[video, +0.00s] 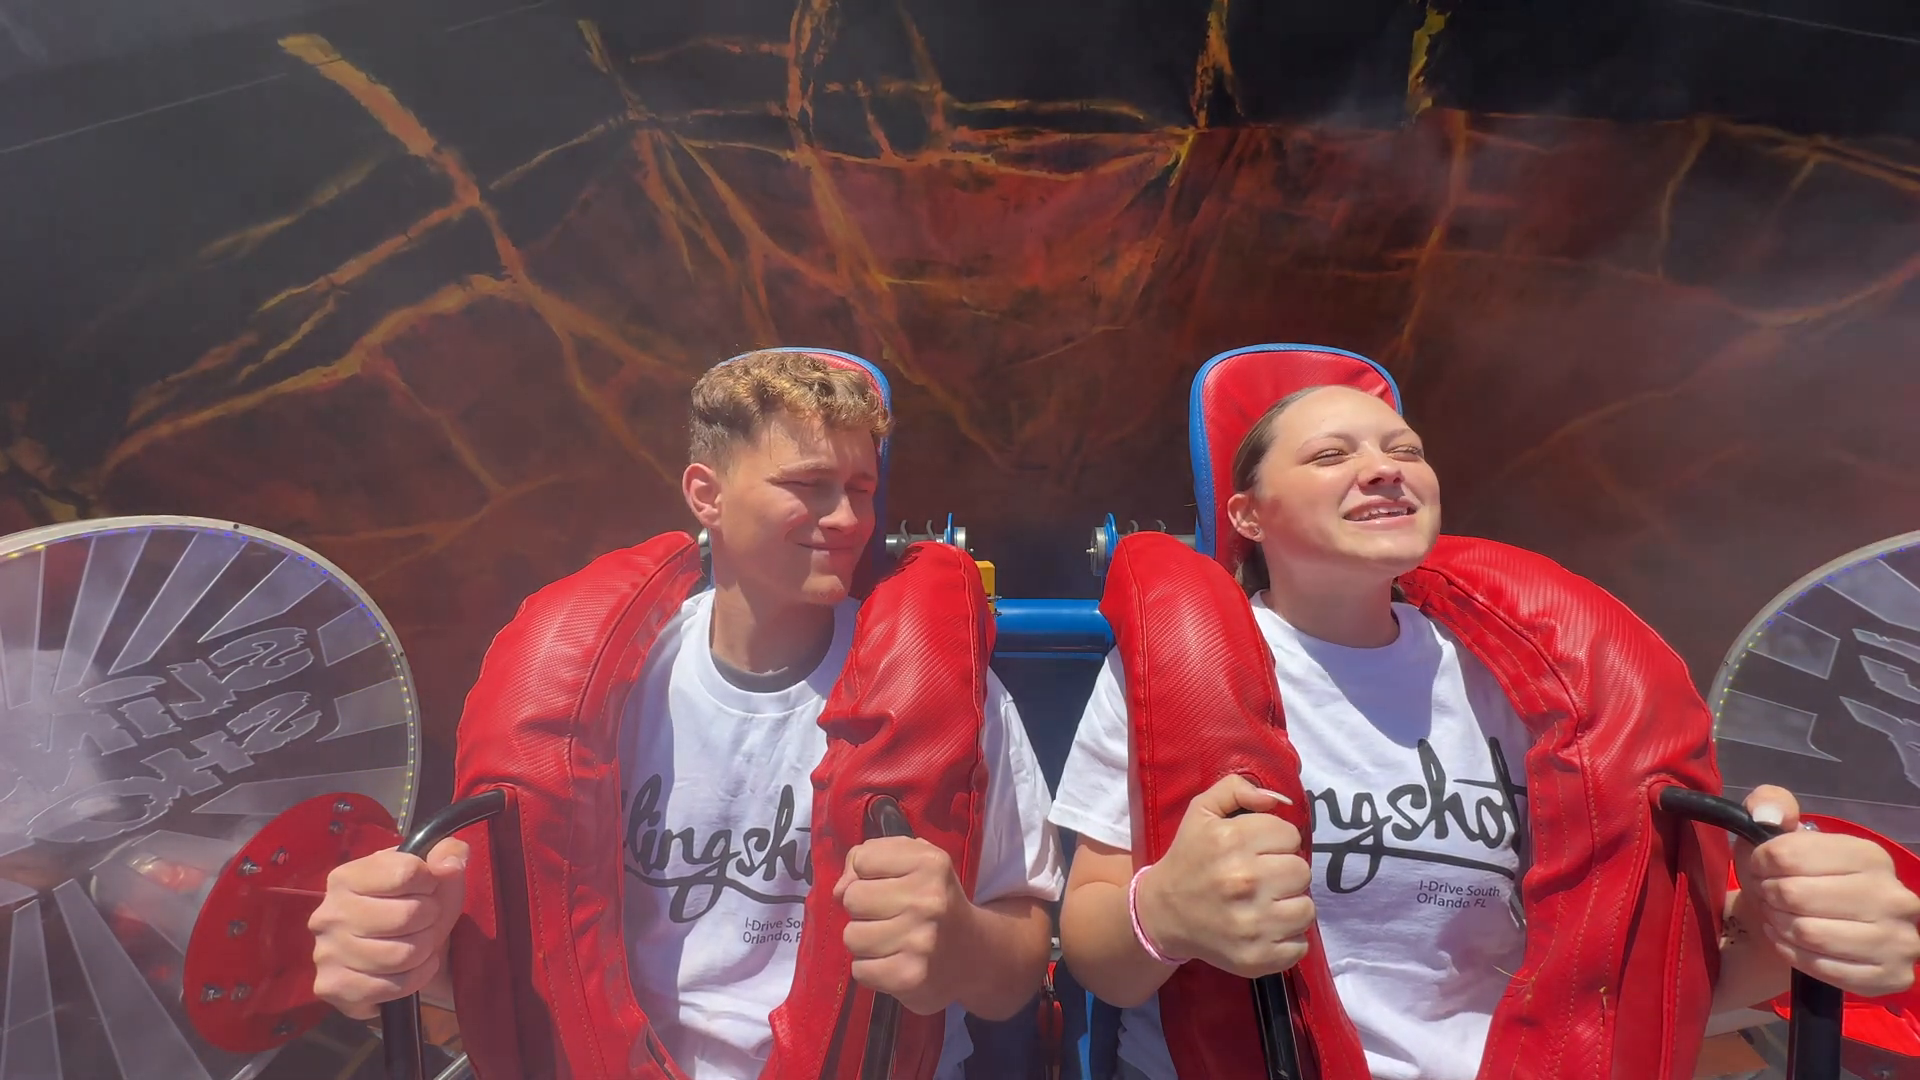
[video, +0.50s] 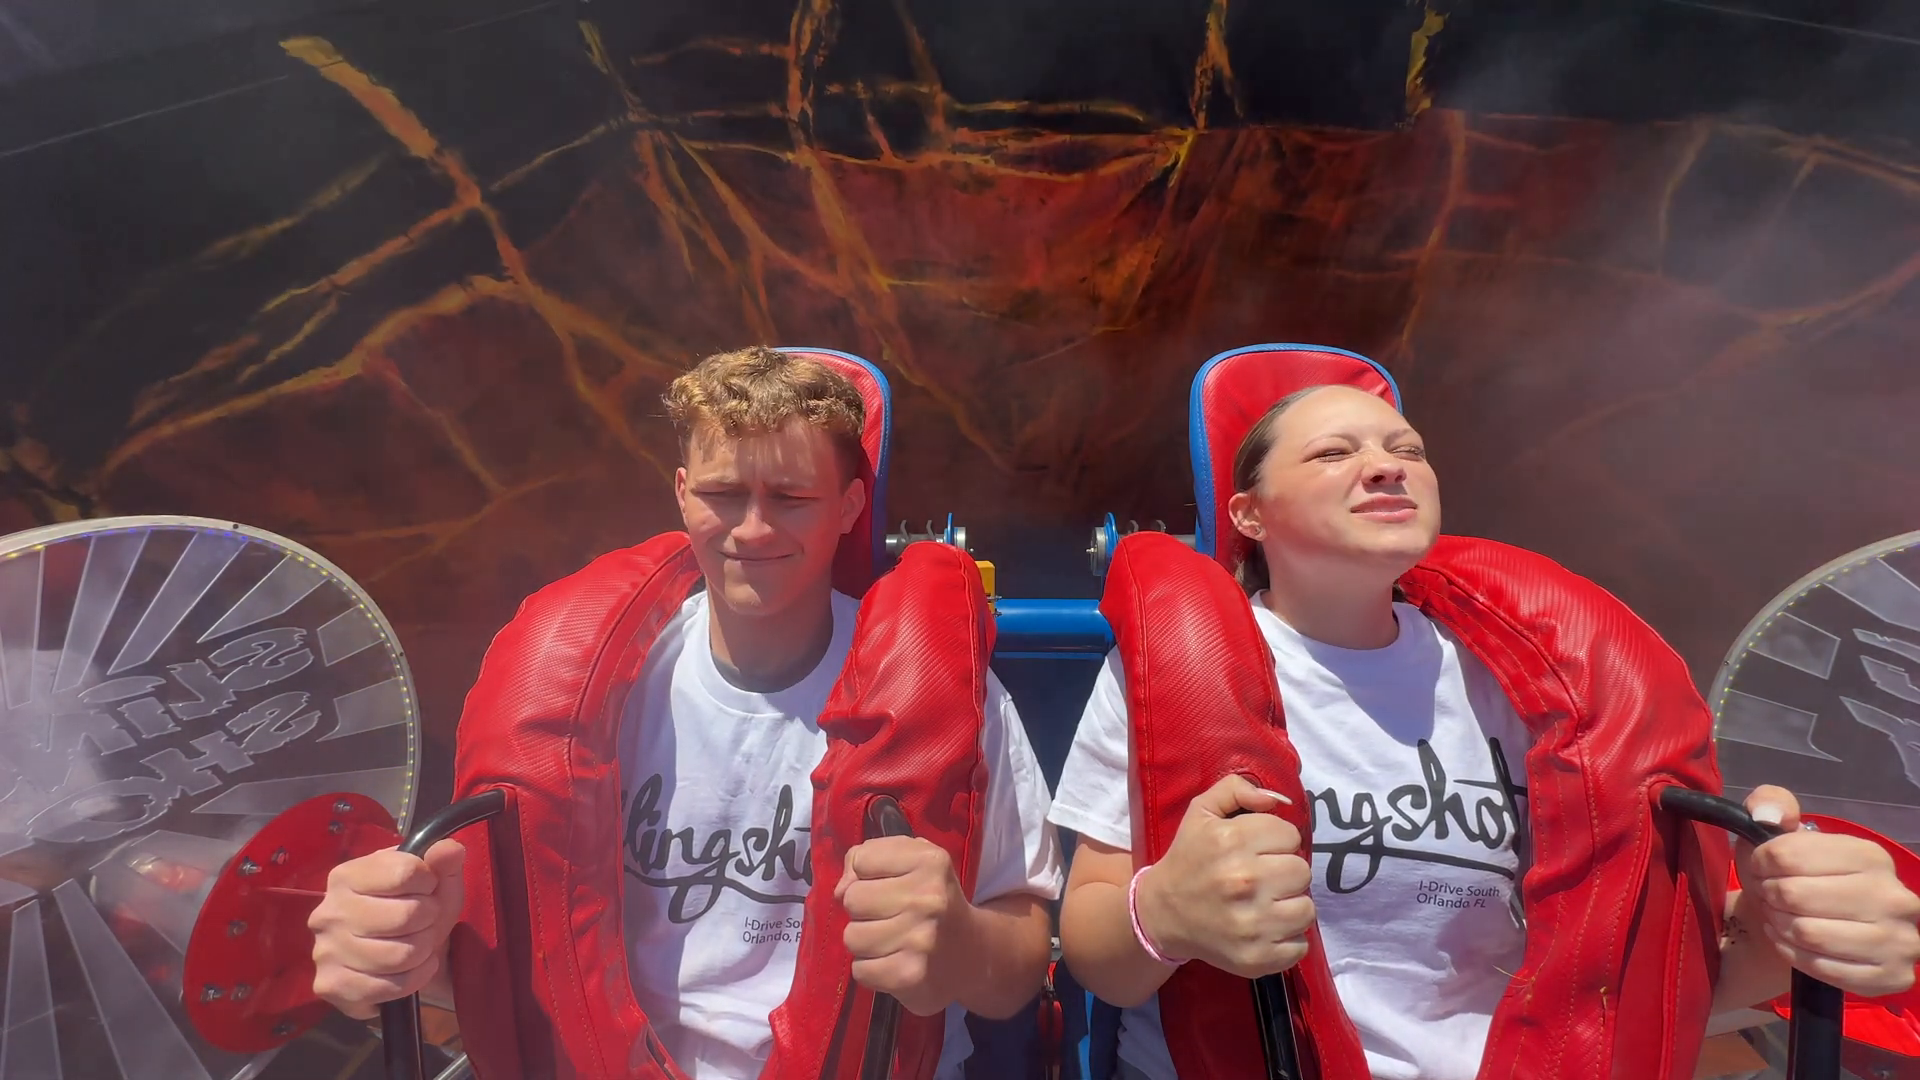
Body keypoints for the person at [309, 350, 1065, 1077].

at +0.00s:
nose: (849, 521)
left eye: (862, 490)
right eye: (808, 487)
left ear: (878, 495)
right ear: (705, 494)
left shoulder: (939, 686)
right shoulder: (583, 669)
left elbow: (1025, 960)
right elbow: (504, 929)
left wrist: (968, 950)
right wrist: (410, 941)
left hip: (839, 1062)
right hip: (613, 1059)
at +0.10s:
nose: (820, 522)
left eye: (844, 493)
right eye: (782, 487)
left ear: (871, 503)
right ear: (695, 494)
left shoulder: (940, 689)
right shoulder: (583, 672)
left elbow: (1025, 960)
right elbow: (504, 924)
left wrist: (963, 950)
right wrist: (413, 944)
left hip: (842, 1061)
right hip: (616, 1057)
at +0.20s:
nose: (791, 526)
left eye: (824, 495)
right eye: (756, 490)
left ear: (863, 508)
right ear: (690, 493)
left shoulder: (941, 690)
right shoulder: (584, 669)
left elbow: (1025, 961)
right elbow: (503, 915)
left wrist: (962, 950)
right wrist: (412, 942)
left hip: (840, 1062)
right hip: (614, 1057)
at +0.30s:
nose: (771, 530)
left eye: (808, 498)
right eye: (740, 493)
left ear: (858, 508)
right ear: (689, 491)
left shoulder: (941, 691)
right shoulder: (583, 667)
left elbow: (1024, 963)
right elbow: (501, 913)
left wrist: (961, 949)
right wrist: (411, 942)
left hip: (839, 1062)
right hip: (613, 1057)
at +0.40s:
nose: (759, 531)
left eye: (797, 498)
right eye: (729, 494)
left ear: (855, 506)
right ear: (686, 492)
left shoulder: (940, 691)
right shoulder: (584, 668)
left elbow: (1023, 962)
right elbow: (501, 910)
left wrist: (962, 949)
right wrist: (406, 941)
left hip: (839, 1062)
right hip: (612, 1057)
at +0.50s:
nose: (751, 531)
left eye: (789, 498)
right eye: (723, 495)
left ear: (851, 505)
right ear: (683, 492)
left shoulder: (939, 690)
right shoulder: (583, 670)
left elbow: (1023, 961)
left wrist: (962, 949)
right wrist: (410, 946)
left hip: (840, 1062)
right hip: (614, 1057)